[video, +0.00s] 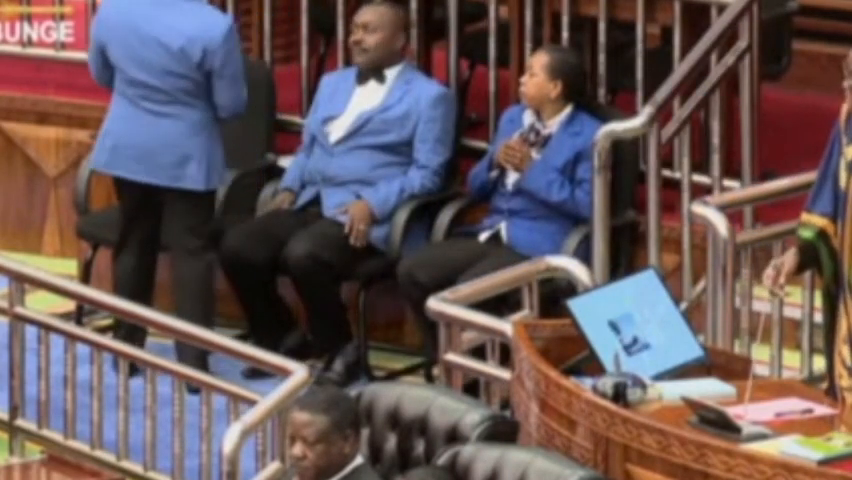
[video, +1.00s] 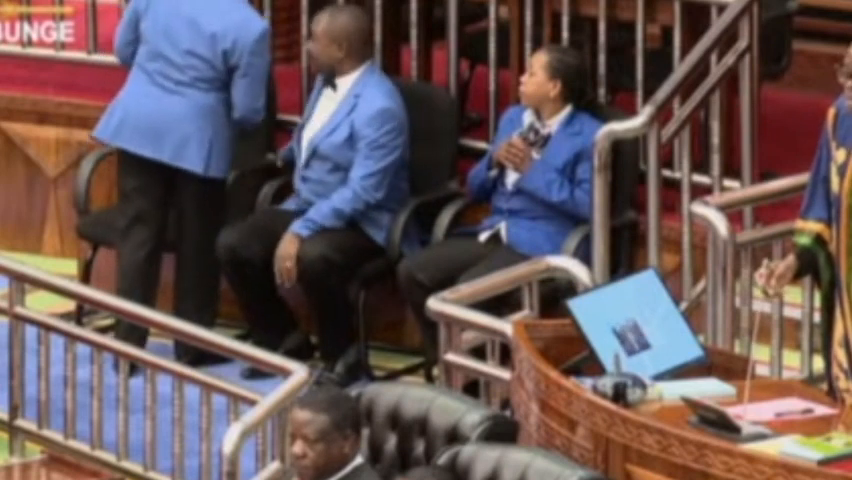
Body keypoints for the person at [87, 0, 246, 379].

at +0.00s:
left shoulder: (113, 10)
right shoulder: (214, 26)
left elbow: (102, 74)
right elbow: (231, 103)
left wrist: (141, 81)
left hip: (126, 150)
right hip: (186, 158)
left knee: (135, 244)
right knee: (191, 252)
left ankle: (128, 353)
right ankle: (193, 366)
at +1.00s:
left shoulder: (152, 3)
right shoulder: (250, 26)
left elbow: (124, 50)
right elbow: (246, 109)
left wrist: (159, 69)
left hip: (138, 129)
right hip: (199, 141)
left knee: (137, 237)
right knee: (197, 246)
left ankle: (128, 349)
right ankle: (191, 349)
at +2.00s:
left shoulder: (160, 9)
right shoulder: (127, 8)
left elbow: (176, 69)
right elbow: (108, 80)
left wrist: (198, 104)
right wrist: (172, 122)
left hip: (148, 151)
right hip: (135, 153)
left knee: (120, 248)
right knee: (163, 248)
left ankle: (111, 334)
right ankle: (186, 340)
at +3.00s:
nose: (185, 12)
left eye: (189, 7)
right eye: (179, 7)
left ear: (193, 3)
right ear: (158, 0)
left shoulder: (198, 15)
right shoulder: (111, 23)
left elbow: (202, 82)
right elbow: (84, 96)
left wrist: (214, 144)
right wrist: (133, 148)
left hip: (162, 150)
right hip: (112, 149)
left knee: (141, 244)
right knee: (134, 245)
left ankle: (112, 331)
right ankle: (147, 336)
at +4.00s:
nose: (205, 53)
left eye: (212, 44)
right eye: (196, 46)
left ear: (220, 33)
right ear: (173, 34)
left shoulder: (230, 46)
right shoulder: (127, 46)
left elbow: (233, 110)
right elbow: (99, 112)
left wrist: (227, 168)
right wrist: (130, 171)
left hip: (193, 154)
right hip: (138, 154)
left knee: (181, 243)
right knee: (138, 244)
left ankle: (178, 333)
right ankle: (145, 334)